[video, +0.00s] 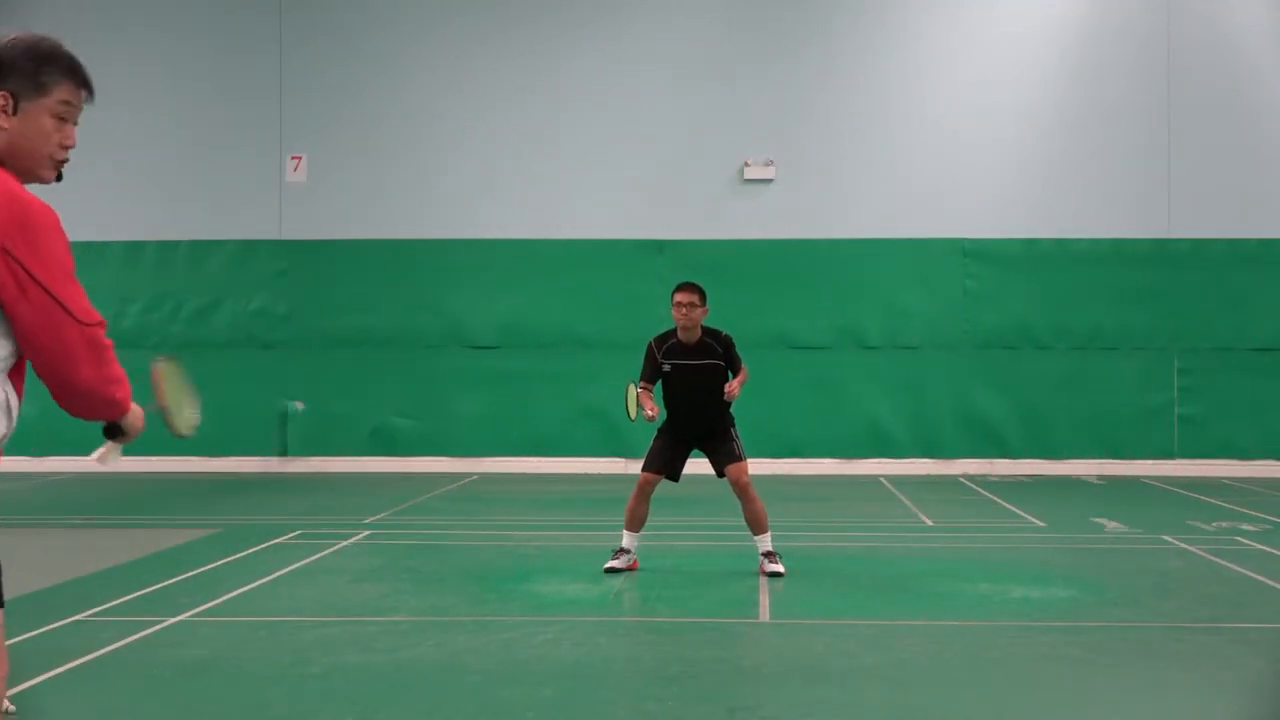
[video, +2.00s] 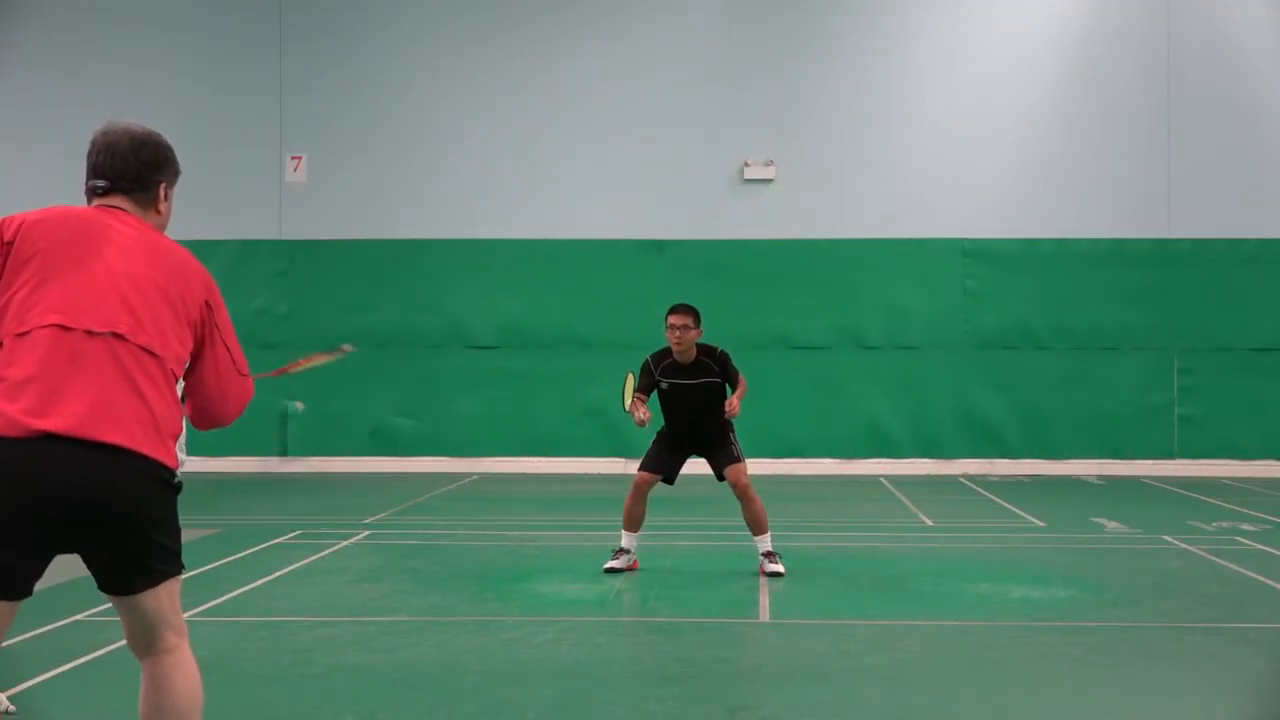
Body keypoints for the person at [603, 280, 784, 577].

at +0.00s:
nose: (684, 311)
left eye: (691, 306)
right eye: (679, 306)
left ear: (704, 311)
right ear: (672, 310)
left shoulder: (721, 342)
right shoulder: (659, 346)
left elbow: (741, 371)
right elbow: (645, 387)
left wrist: (736, 384)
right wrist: (649, 404)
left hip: (717, 425)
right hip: (676, 426)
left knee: (742, 482)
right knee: (645, 482)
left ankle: (767, 552)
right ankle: (627, 551)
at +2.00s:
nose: (677, 334)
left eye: (684, 328)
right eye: (672, 328)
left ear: (697, 332)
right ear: (666, 331)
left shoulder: (716, 358)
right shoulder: (656, 363)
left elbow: (740, 382)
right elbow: (638, 398)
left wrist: (737, 398)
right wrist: (640, 412)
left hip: (716, 434)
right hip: (674, 435)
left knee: (741, 484)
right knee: (640, 483)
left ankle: (767, 553)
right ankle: (626, 551)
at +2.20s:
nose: (677, 334)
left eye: (684, 328)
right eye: (672, 328)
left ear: (697, 332)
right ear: (665, 331)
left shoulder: (716, 357)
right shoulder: (655, 363)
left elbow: (740, 382)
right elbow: (637, 399)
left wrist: (735, 398)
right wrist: (640, 412)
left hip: (716, 434)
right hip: (674, 435)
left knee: (741, 484)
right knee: (639, 484)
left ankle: (767, 553)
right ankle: (626, 551)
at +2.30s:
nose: (677, 333)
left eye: (684, 328)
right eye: (672, 328)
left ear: (697, 331)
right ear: (665, 331)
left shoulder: (715, 357)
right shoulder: (656, 362)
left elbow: (740, 382)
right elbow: (638, 399)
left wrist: (735, 398)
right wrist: (640, 412)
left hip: (716, 434)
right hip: (674, 435)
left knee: (742, 485)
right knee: (639, 484)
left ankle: (767, 554)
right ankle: (627, 551)